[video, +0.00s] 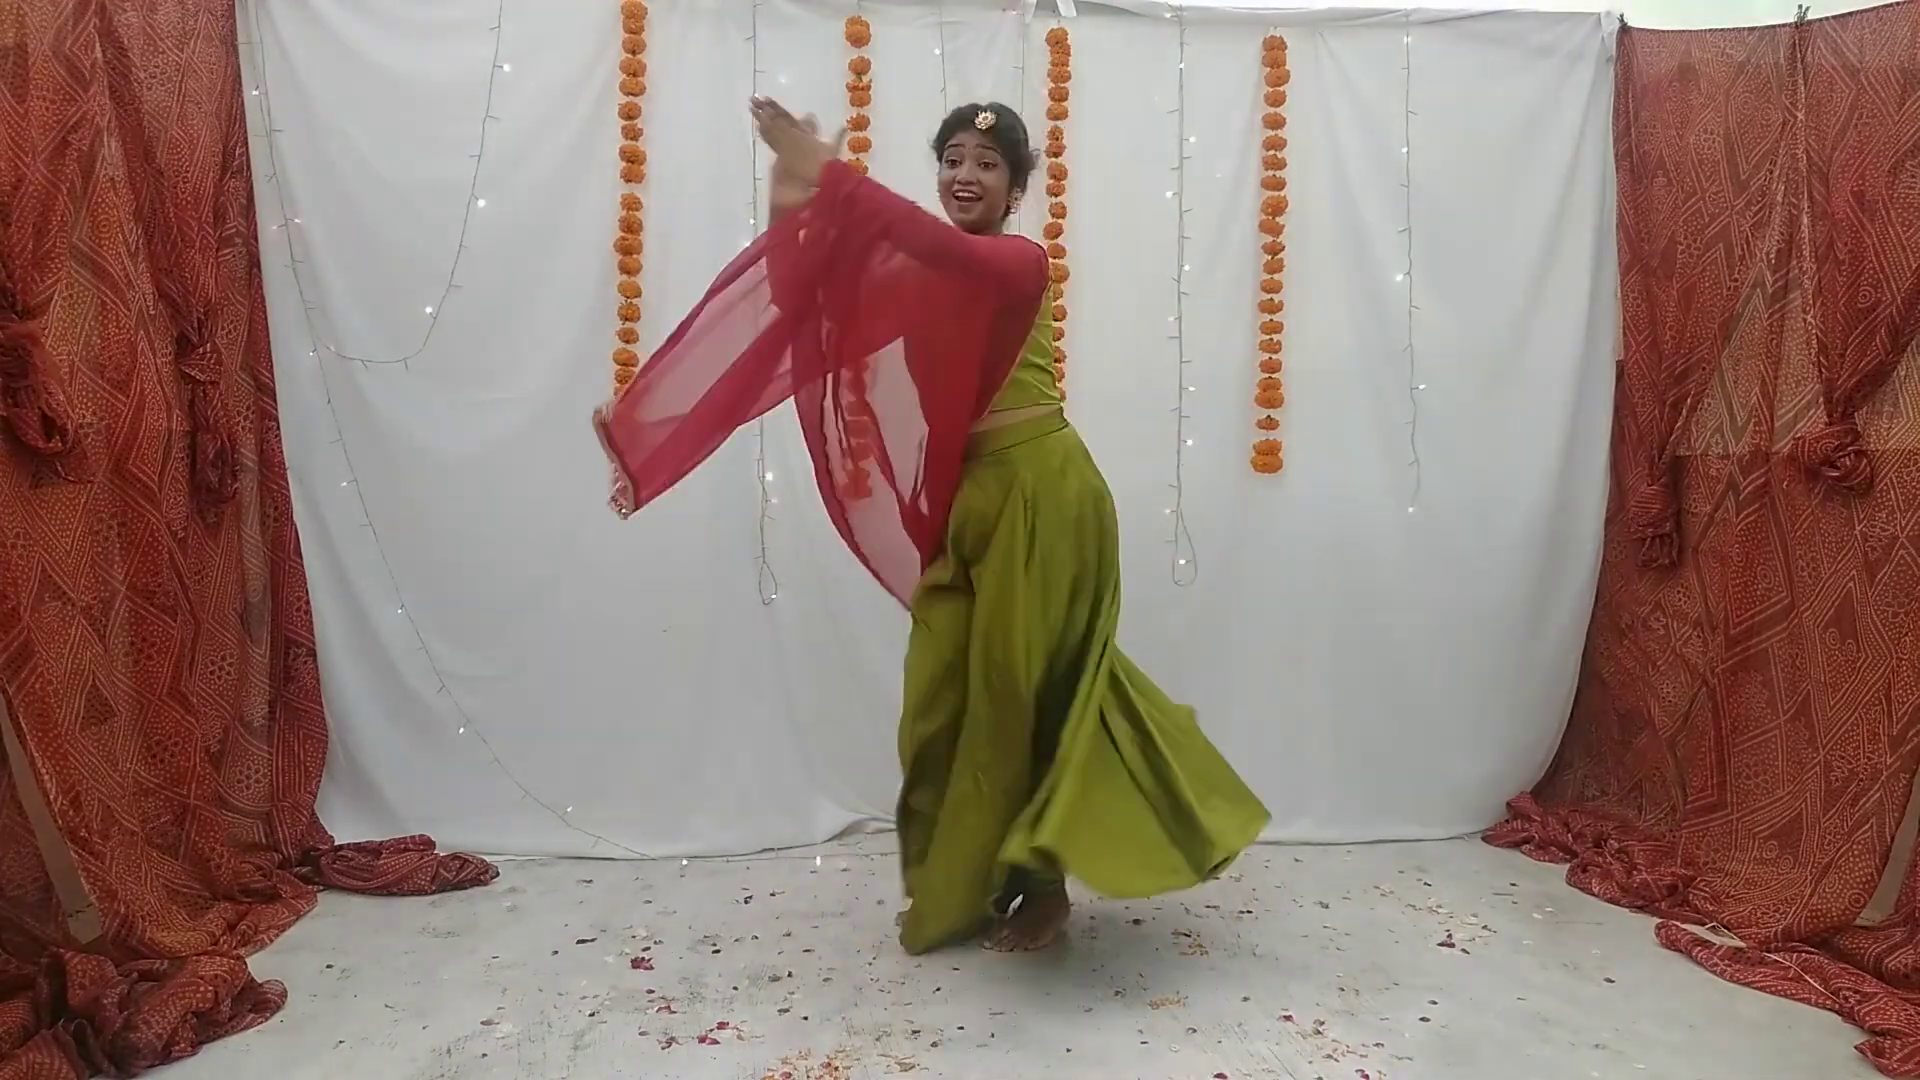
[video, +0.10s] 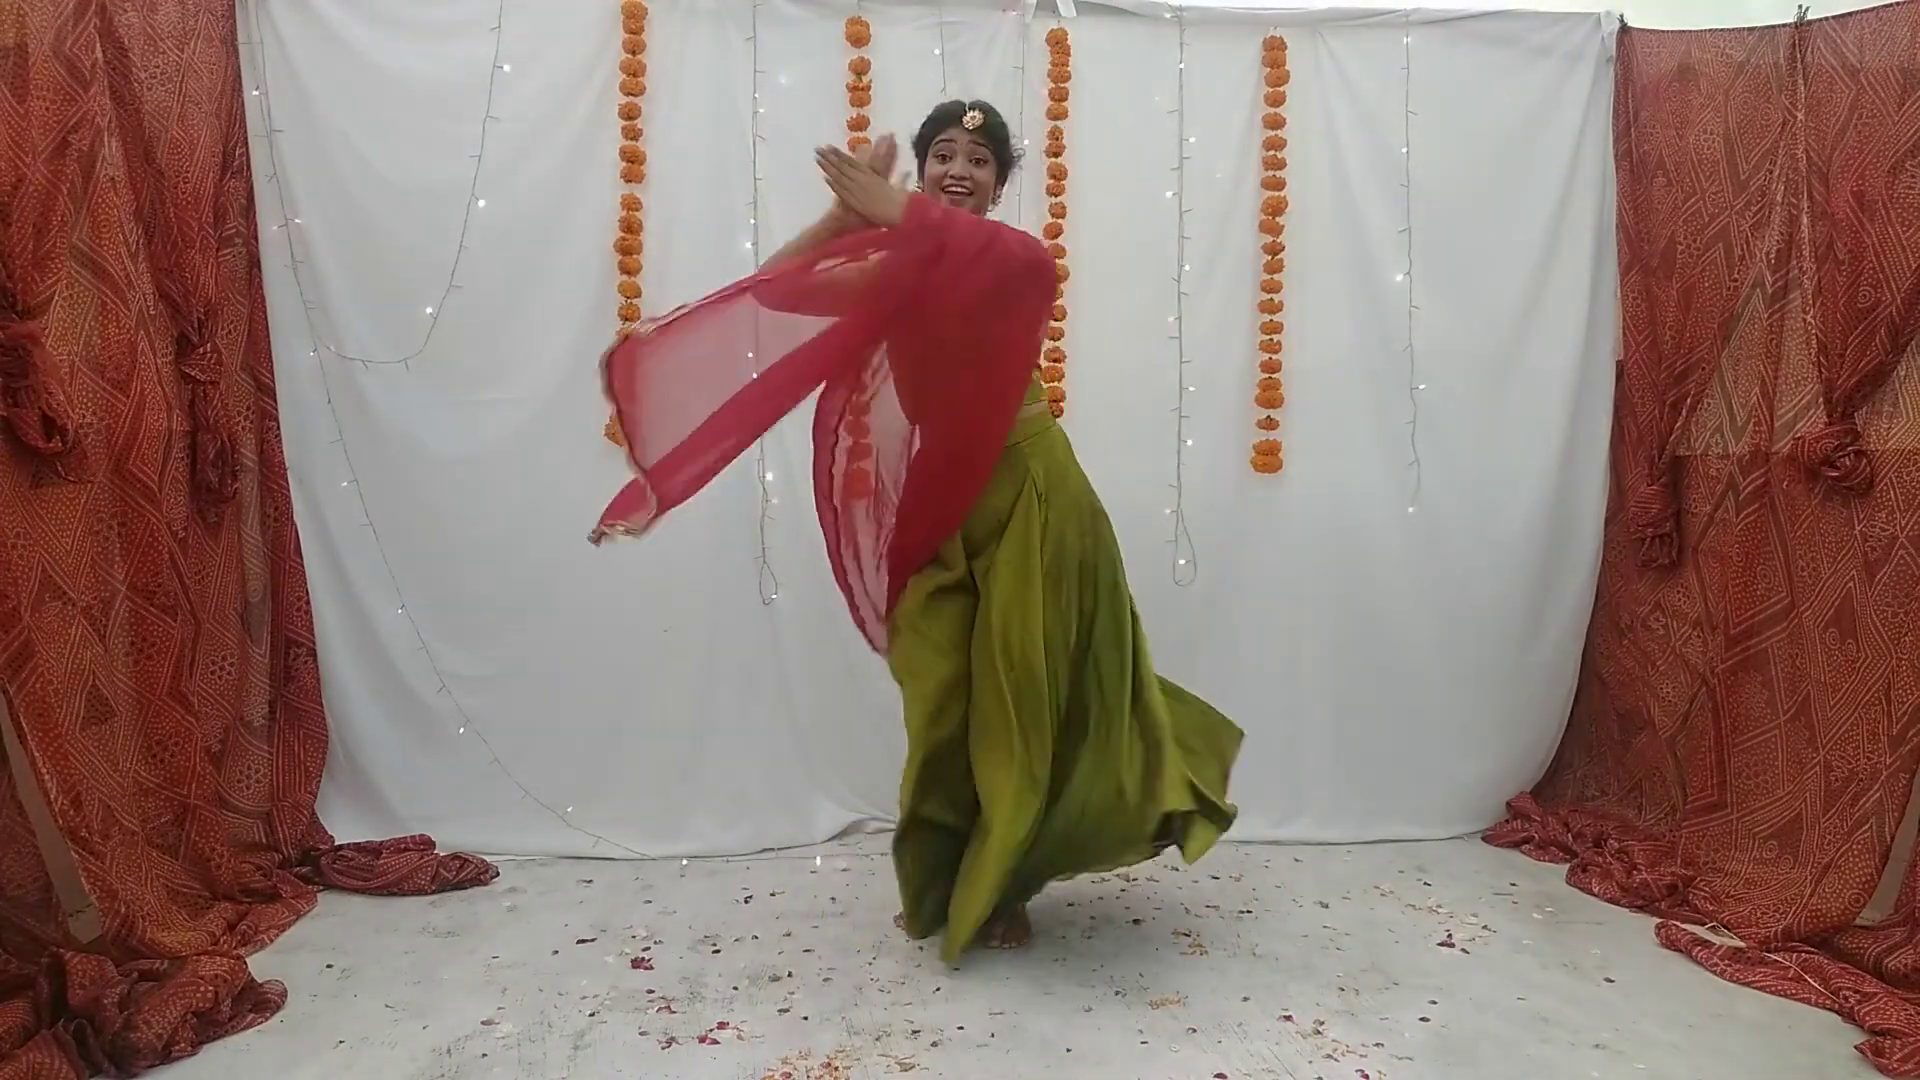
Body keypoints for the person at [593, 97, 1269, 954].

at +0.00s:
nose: (963, 173)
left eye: (985, 160)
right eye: (951, 157)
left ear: (1015, 183)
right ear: (937, 172)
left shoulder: (1023, 260)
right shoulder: (926, 270)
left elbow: (933, 238)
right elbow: (807, 303)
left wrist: (826, 171)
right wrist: (791, 195)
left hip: (1042, 482)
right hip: (964, 489)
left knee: (1021, 685)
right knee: (939, 696)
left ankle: (1041, 879)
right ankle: (963, 887)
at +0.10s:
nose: (958, 169)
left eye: (976, 159)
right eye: (943, 156)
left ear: (1002, 179)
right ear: (919, 173)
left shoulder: (1019, 259)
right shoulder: (893, 265)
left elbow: (1022, 262)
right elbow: (777, 289)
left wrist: (904, 213)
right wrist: (844, 212)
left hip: (1024, 479)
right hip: (929, 490)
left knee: (1016, 685)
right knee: (937, 697)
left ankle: (1003, 889)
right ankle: (942, 890)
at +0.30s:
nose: (954, 182)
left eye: (970, 169)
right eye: (937, 166)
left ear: (986, 185)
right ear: (907, 180)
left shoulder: (1016, 277)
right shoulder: (876, 288)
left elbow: (1109, 313)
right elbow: (844, 399)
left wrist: (1020, 334)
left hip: (1007, 505)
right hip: (914, 511)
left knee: (1006, 689)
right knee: (910, 693)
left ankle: (1016, 880)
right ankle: (938, 870)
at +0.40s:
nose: (958, 216)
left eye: (973, 201)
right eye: (940, 200)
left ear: (988, 211)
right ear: (910, 208)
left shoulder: (1012, 303)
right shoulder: (877, 301)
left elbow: (1061, 388)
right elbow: (815, 374)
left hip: (1000, 514)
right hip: (910, 513)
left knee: (1001, 699)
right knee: (915, 698)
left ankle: (1014, 884)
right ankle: (938, 874)